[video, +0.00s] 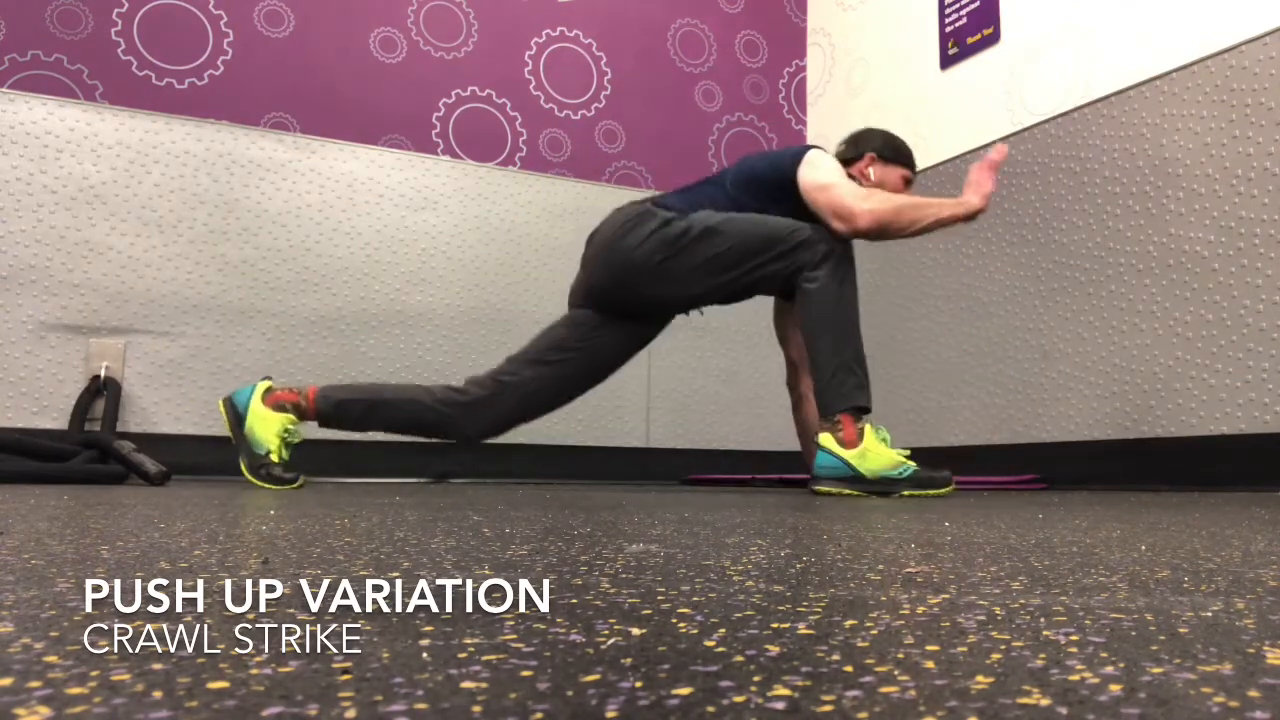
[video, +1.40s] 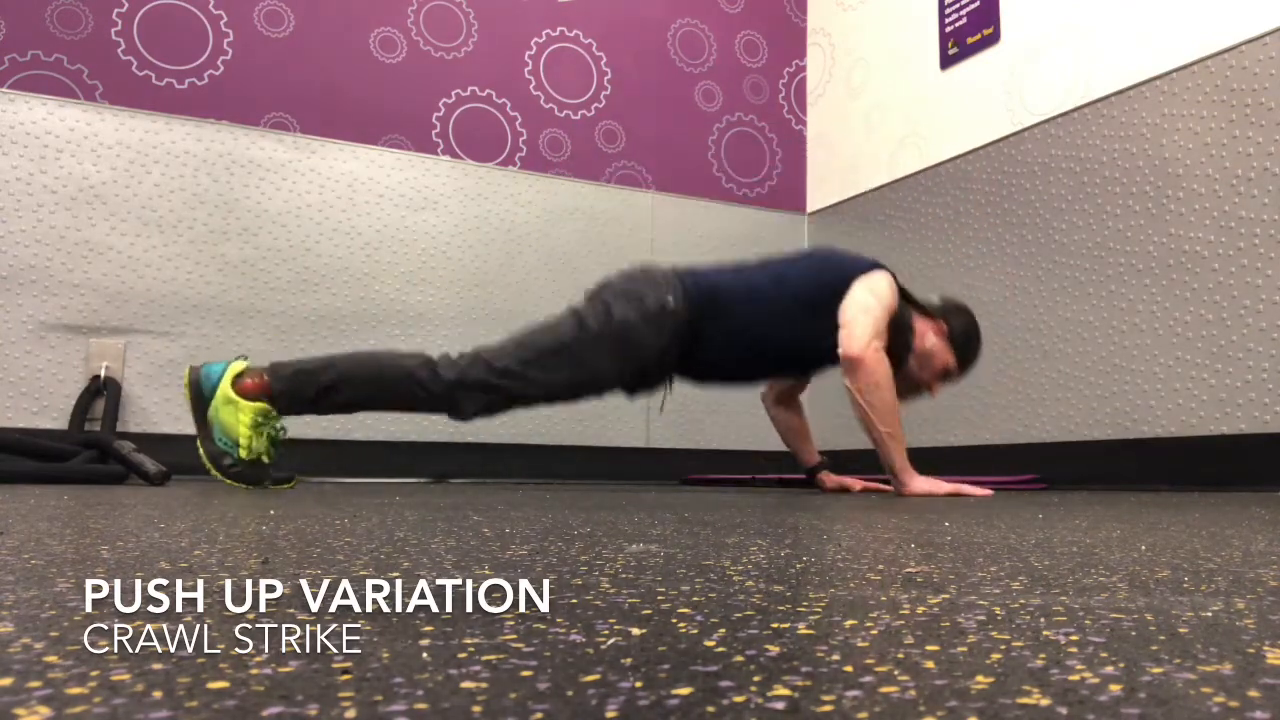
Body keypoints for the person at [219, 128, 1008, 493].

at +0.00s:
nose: (891, 200)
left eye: (901, 192)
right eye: (889, 183)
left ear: (874, 170)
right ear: (862, 162)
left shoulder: (794, 236)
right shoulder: (810, 159)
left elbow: (797, 346)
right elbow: (863, 217)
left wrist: (811, 444)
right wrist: (966, 204)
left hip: (632, 286)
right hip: (641, 242)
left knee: (475, 411)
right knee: (818, 246)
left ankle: (281, 406)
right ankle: (856, 443)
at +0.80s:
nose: (870, 223)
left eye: (879, 219)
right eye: (871, 206)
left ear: (863, 209)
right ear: (848, 176)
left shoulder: (786, 250)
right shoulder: (794, 161)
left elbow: (787, 354)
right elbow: (831, 223)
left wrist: (807, 444)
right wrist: (933, 247)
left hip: (614, 277)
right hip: (623, 234)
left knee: (473, 408)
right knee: (794, 253)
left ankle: (280, 408)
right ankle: (854, 439)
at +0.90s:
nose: (869, 237)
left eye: (880, 236)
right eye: (872, 219)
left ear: (867, 231)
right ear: (846, 185)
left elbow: (766, 392)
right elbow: (848, 251)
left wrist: (815, 467)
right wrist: (939, 329)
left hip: (600, 245)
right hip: (604, 194)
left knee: (466, 368)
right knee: (760, 240)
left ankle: (265, 407)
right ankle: (792, 415)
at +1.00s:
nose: (876, 262)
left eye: (883, 256)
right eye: (881, 243)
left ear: (861, 237)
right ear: (861, 204)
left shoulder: (781, 263)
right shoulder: (815, 189)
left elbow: (790, 372)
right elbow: (870, 296)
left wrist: (819, 468)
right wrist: (934, 403)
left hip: (601, 231)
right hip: (605, 181)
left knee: (471, 349)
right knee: (720, 252)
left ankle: (267, 405)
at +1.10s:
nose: (873, 286)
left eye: (885, 279)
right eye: (883, 268)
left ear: (869, 242)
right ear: (876, 230)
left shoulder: (804, 257)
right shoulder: (836, 217)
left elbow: (789, 374)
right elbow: (869, 330)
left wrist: (820, 468)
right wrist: (913, 448)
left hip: (603, 220)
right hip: (614, 195)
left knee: (468, 337)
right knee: (612, 336)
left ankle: (270, 404)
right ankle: (420, 351)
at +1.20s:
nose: (890, 319)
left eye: (904, 312)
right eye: (901, 303)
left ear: (883, 272)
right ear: (898, 262)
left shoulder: (819, 268)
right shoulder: (858, 244)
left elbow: (784, 382)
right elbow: (866, 344)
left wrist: (817, 468)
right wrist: (906, 475)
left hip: (628, 240)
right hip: (634, 227)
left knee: (481, 345)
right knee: (506, 366)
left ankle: (283, 373)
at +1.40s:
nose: (918, 378)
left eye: (930, 378)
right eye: (931, 366)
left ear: (919, 352)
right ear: (926, 325)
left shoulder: (840, 326)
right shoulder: (879, 286)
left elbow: (781, 398)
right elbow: (860, 362)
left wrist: (815, 470)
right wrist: (907, 475)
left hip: (658, 335)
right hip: (654, 314)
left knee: (467, 384)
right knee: (465, 384)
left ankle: (259, 388)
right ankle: (253, 387)